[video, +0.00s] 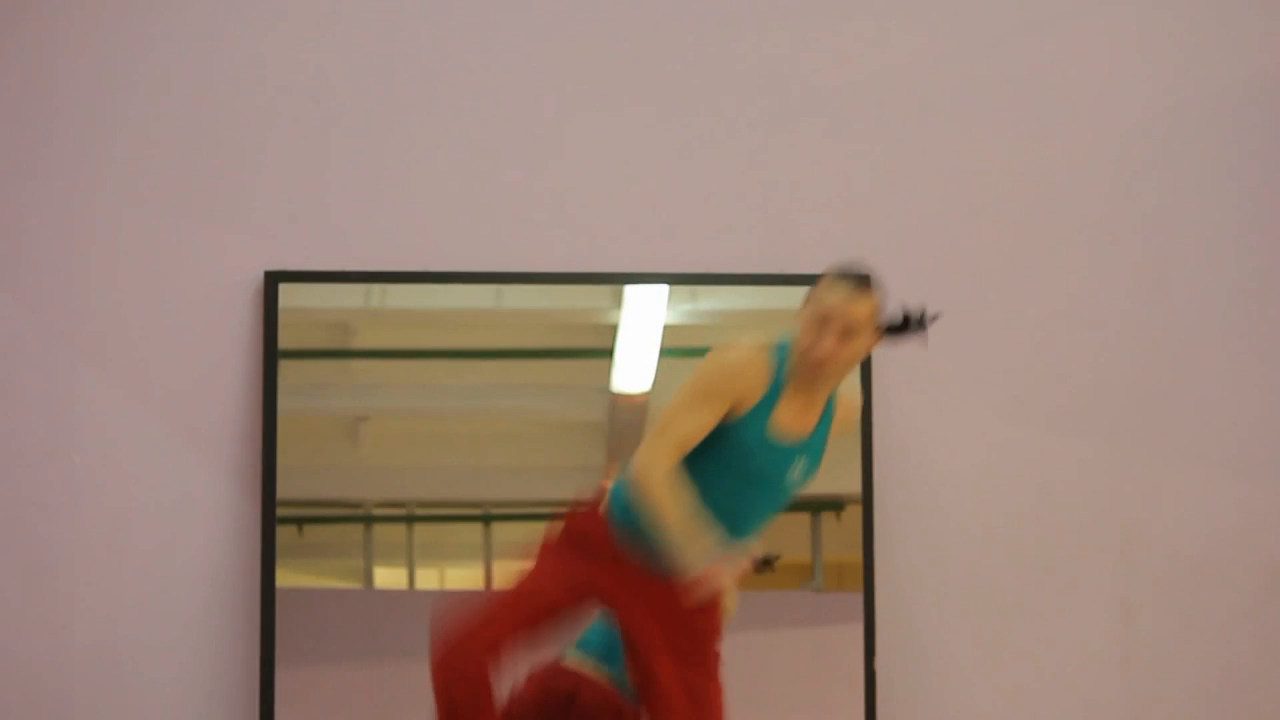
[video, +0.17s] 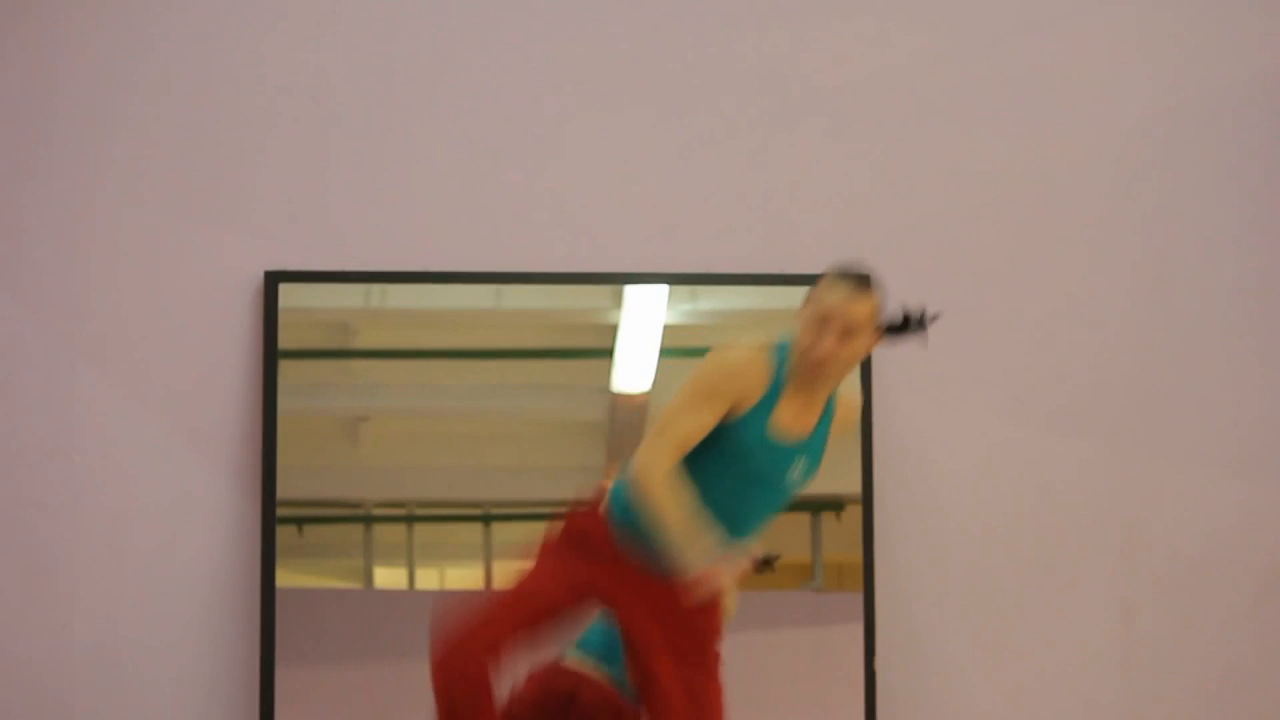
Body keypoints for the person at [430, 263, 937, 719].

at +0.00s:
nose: (826, 344)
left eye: (847, 333)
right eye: (820, 322)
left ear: (870, 345)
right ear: (800, 316)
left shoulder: (840, 406)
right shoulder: (741, 368)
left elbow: (759, 487)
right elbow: (648, 468)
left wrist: (731, 563)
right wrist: (704, 555)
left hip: (686, 588)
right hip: (606, 545)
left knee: (693, 713)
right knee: (461, 644)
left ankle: (564, 690)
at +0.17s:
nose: (826, 344)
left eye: (847, 333)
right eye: (820, 322)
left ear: (870, 345)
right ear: (799, 316)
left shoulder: (840, 406)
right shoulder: (741, 368)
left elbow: (759, 488)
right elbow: (648, 469)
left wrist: (730, 562)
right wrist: (704, 554)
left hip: (686, 588)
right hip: (606, 545)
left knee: (693, 712)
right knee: (461, 645)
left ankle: (566, 690)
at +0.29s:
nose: (795, 369)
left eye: (817, 356)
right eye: (787, 350)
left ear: (844, 367)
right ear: (770, 349)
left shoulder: (823, 450)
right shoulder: (708, 403)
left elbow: (747, 529)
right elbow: (621, 498)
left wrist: (774, 603)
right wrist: (648, 594)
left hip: (678, 627)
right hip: (589, 598)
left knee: (711, 712)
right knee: (521, 710)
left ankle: (602, 697)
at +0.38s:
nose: (796, 368)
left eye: (816, 356)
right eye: (787, 350)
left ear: (844, 366)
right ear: (770, 348)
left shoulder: (824, 448)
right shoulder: (708, 402)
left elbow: (747, 529)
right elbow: (621, 498)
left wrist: (775, 605)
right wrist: (648, 594)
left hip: (678, 626)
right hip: (589, 597)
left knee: (711, 712)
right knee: (521, 710)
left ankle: (602, 698)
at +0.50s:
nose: (758, 383)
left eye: (779, 372)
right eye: (753, 365)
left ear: (816, 381)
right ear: (742, 363)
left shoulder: (805, 483)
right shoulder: (674, 426)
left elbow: (799, 570)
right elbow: (593, 524)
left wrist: (832, 659)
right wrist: (595, 629)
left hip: (678, 656)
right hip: (586, 636)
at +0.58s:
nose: (757, 383)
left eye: (779, 372)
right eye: (753, 365)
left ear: (816, 381)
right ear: (742, 364)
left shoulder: (804, 482)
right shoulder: (674, 427)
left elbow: (799, 569)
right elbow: (593, 524)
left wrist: (832, 659)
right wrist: (595, 629)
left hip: (678, 656)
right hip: (586, 636)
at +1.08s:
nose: (682, 377)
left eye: (701, 362)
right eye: (673, 359)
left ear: (740, 366)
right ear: (663, 360)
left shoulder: (768, 470)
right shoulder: (619, 427)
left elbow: (789, 606)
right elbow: (568, 524)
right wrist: (548, 571)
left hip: (678, 681)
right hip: (582, 656)